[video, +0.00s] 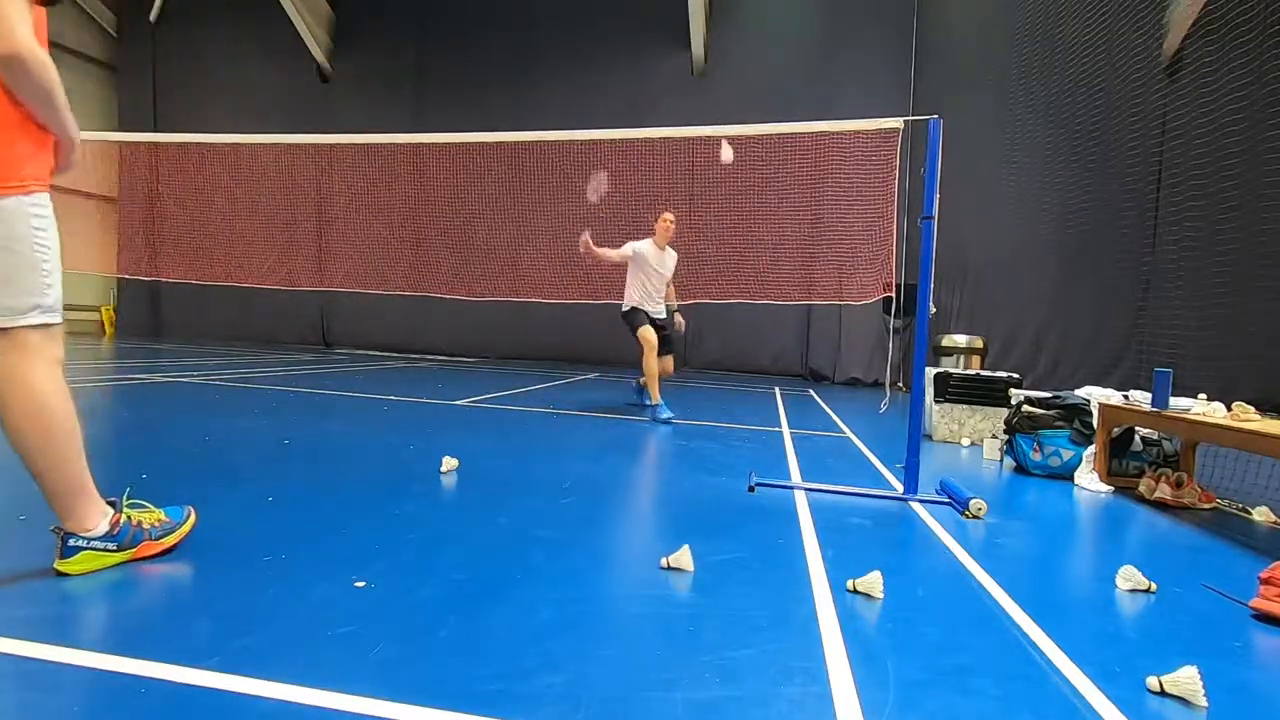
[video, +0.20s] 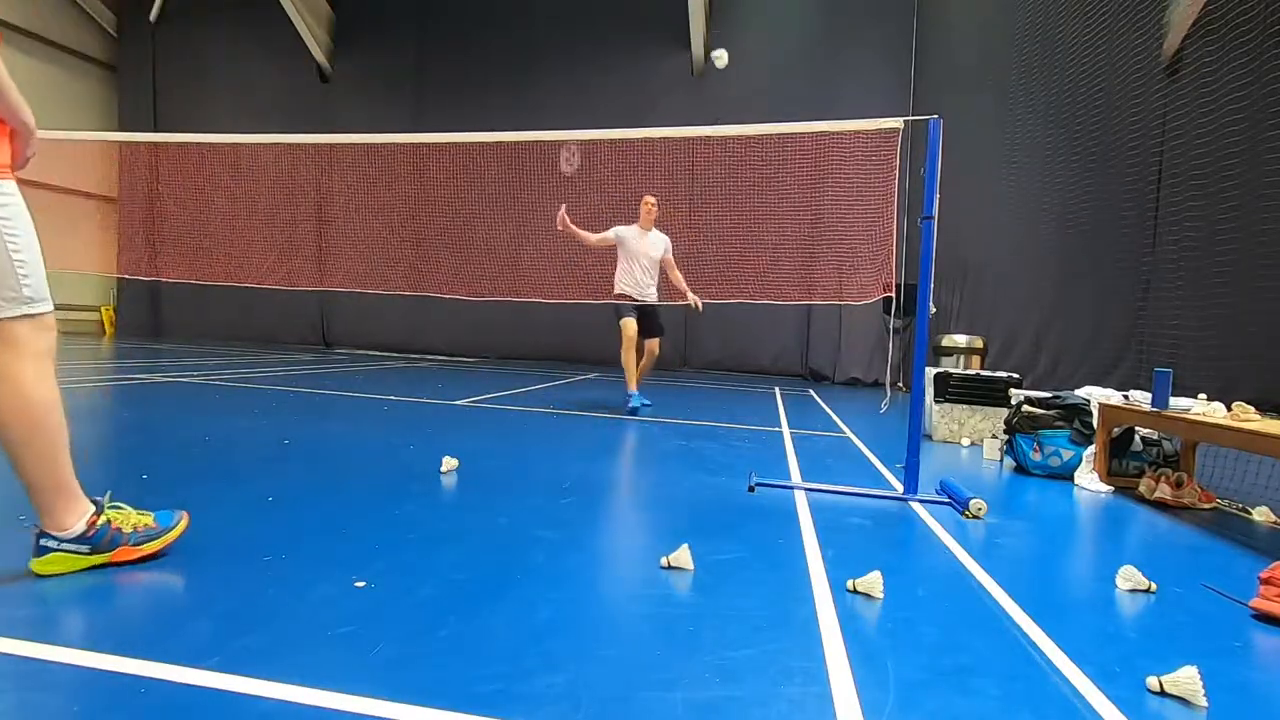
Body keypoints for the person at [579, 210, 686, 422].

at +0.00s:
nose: (669, 226)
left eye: (672, 223)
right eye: (665, 221)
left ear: (675, 229)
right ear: (655, 225)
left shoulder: (672, 256)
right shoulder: (639, 248)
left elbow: (668, 285)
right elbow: (615, 255)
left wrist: (675, 312)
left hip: (658, 312)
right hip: (635, 308)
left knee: (667, 368)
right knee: (651, 342)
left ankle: (642, 383)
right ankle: (657, 403)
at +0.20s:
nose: (649, 208)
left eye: (653, 205)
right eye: (646, 204)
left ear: (658, 211)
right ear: (639, 208)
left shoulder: (663, 240)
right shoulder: (623, 232)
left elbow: (672, 270)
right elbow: (593, 239)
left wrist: (688, 292)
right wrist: (568, 227)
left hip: (648, 300)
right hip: (625, 296)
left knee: (653, 350)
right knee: (630, 332)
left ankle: (633, 387)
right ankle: (632, 393)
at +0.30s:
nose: (640, 203)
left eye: (644, 200)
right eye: (637, 199)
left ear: (649, 206)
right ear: (630, 204)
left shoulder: (657, 233)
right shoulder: (615, 229)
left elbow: (669, 263)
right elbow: (587, 240)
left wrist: (682, 280)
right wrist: (563, 233)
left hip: (644, 295)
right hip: (619, 292)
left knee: (646, 346)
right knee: (616, 337)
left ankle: (634, 391)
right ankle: (611, 389)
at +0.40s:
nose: (631, 201)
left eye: (635, 199)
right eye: (628, 198)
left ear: (640, 204)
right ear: (622, 202)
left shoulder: (649, 231)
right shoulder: (608, 229)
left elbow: (659, 259)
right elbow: (585, 247)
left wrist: (669, 273)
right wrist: (565, 253)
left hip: (637, 293)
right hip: (611, 291)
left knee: (641, 341)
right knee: (600, 337)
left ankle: (634, 391)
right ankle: (590, 384)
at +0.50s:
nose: (621, 204)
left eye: (625, 202)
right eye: (618, 201)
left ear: (630, 208)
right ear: (612, 205)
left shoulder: (640, 233)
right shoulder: (599, 233)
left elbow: (649, 260)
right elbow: (580, 256)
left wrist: (653, 275)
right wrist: (567, 274)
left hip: (629, 295)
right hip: (602, 293)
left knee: (636, 340)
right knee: (585, 339)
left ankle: (633, 390)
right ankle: (573, 380)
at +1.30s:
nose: (625, 215)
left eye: (628, 212)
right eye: (621, 212)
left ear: (634, 217)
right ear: (616, 215)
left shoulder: (639, 243)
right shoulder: (600, 241)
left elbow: (640, 268)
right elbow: (586, 269)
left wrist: (643, 291)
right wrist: (585, 298)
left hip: (629, 302)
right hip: (603, 302)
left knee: (641, 343)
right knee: (595, 348)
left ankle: (631, 388)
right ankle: (579, 369)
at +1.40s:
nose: (636, 217)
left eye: (639, 214)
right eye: (633, 213)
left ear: (644, 219)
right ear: (626, 216)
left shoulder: (647, 247)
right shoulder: (609, 242)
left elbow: (649, 275)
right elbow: (597, 272)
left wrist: (654, 296)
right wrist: (596, 302)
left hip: (635, 302)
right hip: (610, 300)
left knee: (646, 348)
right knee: (613, 345)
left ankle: (631, 388)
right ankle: (601, 362)